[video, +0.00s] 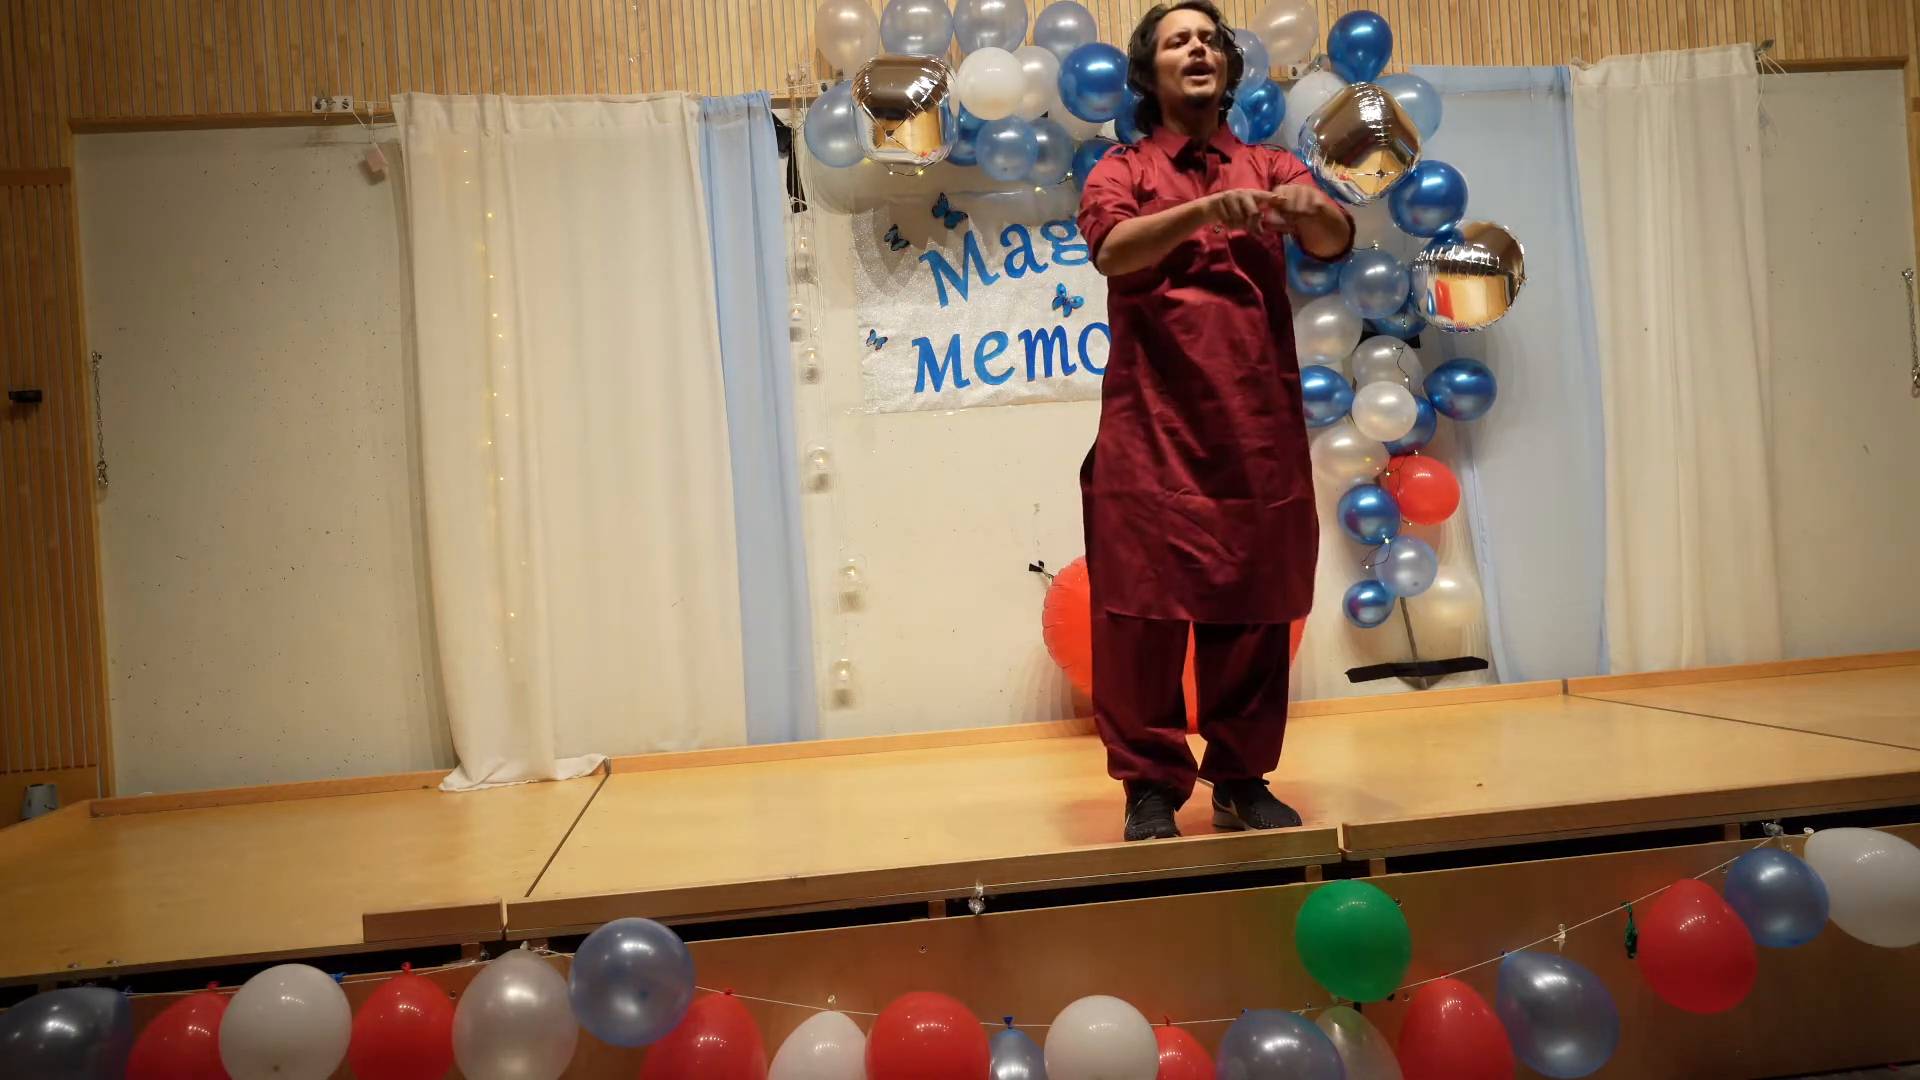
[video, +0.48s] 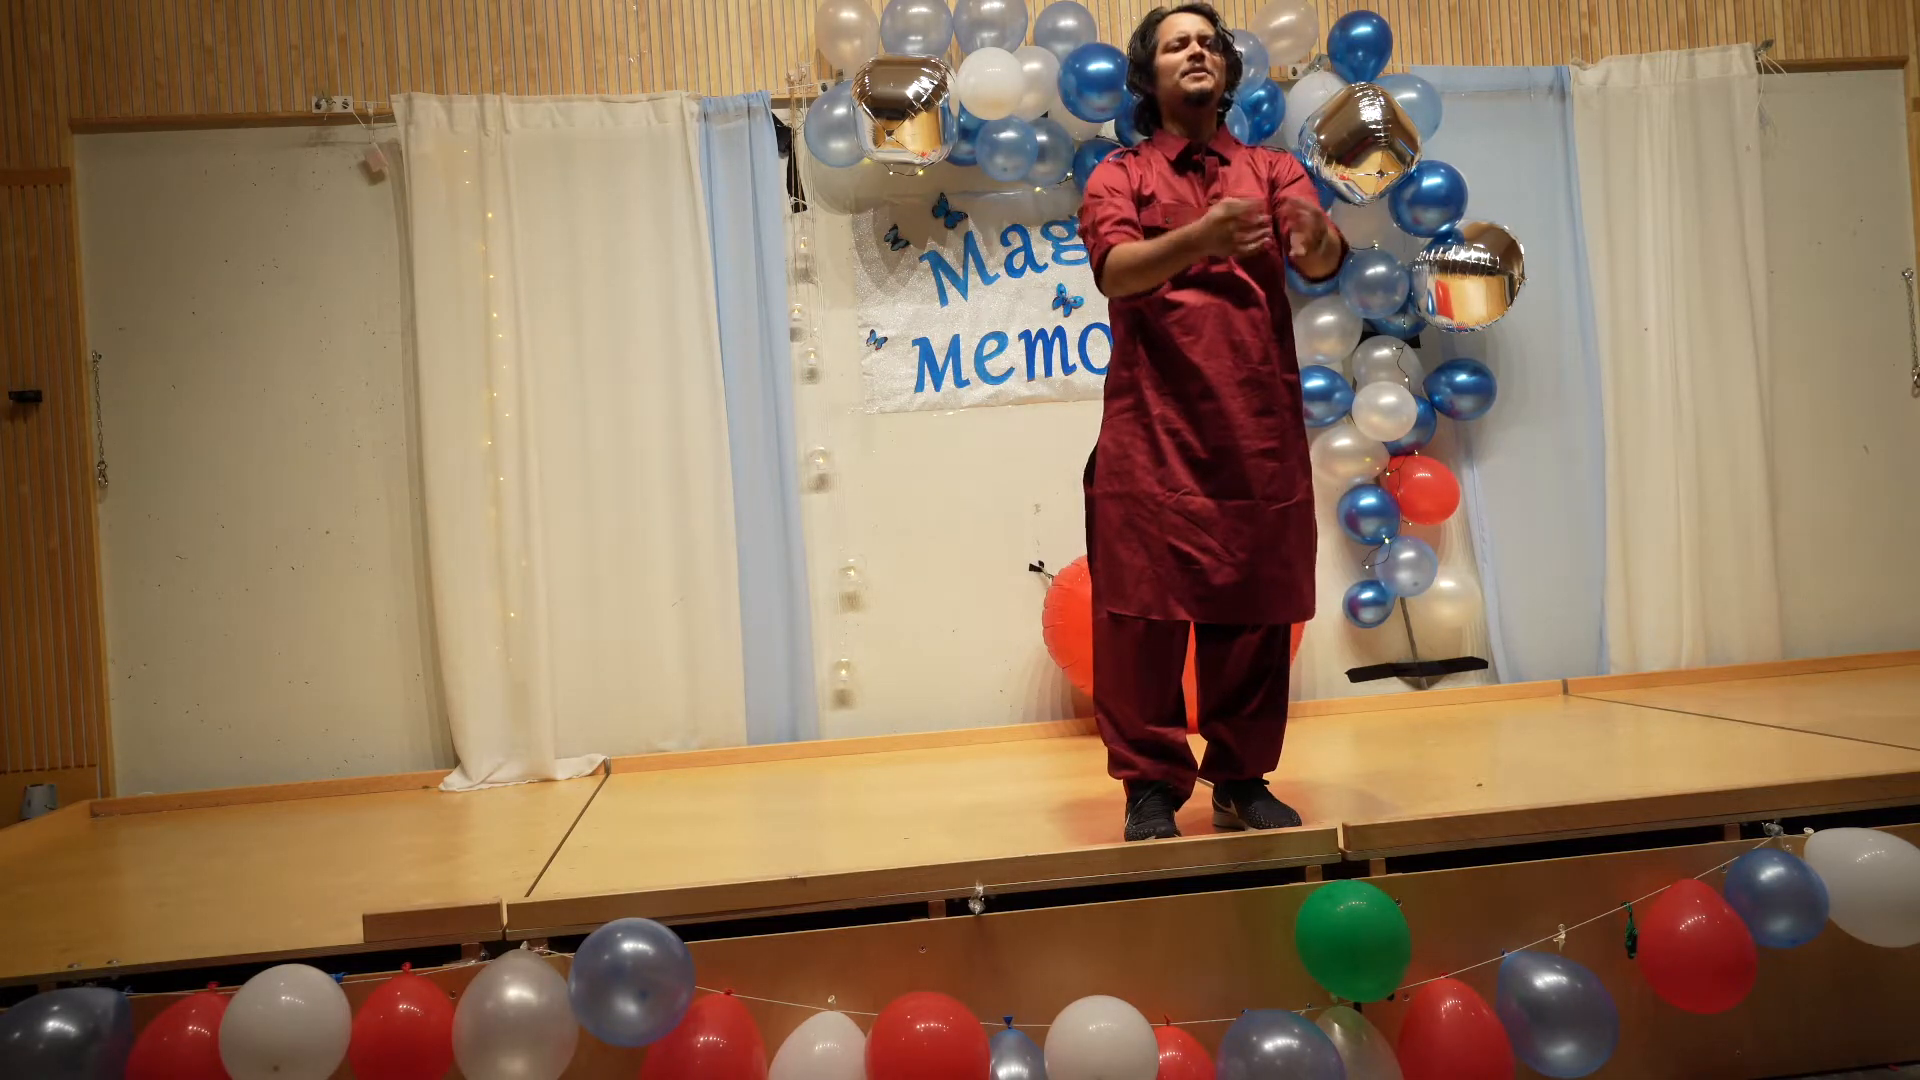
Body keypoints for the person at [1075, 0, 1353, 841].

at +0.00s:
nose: (1199, 50)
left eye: (1210, 40)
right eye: (1178, 41)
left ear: (1231, 68)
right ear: (1146, 75)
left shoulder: (1268, 163)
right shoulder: (1120, 170)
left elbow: (1335, 242)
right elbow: (1113, 254)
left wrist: (1307, 208)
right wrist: (1199, 212)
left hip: (1258, 425)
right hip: (1153, 427)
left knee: (1252, 606)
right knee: (1143, 609)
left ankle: (1242, 785)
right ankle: (1150, 791)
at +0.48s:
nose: (1197, 54)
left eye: (1209, 44)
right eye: (1177, 45)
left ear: (1231, 71)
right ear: (1146, 78)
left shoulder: (1270, 167)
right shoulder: (1119, 176)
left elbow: (1324, 257)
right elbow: (1115, 272)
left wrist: (1313, 240)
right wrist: (1204, 234)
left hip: (1256, 426)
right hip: (1152, 427)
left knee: (1251, 608)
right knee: (1142, 609)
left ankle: (1241, 784)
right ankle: (1150, 790)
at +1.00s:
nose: (1190, 67)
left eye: (1202, 55)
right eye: (1172, 59)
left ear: (1228, 81)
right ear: (1144, 90)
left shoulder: (1270, 170)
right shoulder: (1119, 179)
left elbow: (1338, 243)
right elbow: (1104, 258)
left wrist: (1348, 170)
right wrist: (1160, 159)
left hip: (1260, 428)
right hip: (1159, 431)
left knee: (1256, 610)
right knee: (1147, 611)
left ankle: (1242, 783)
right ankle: (1152, 788)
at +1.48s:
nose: (1169, 85)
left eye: (1185, 72)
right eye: (1156, 76)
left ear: (1221, 89)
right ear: (1138, 100)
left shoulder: (1265, 177)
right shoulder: (1121, 183)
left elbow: (1327, 248)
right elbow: (1084, 267)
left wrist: (1323, 178)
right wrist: (1130, 174)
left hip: (1256, 429)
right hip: (1154, 429)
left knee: (1255, 606)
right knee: (1141, 605)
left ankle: (1242, 780)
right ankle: (1142, 784)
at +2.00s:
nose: (1131, 111)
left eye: (1149, 100)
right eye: (1123, 97)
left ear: (1187, 116)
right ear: (1109, 107)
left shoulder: (1220, 195)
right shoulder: (1086, 197)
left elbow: (1276, 271)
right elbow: (1030, 269)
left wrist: (1262, 203)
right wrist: (1058, 180)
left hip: (1211, 436)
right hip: (1108, 438)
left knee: (1234, 602)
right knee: (1094, 607)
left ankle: (1237, 775)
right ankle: (1100, 766)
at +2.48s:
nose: (1062, 136)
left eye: (1079, 125)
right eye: (1054, 123)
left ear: (1116, 138)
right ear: (1043, 132)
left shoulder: (1158, 221)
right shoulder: (1020, 220)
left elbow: (1195, 315)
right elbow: (952, 257)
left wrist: (1153, 301)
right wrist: (966, 163)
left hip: (1139, 449)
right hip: (1043, 452)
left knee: (1177, 603)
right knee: (1057, 613)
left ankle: (1203, 767)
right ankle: (1096, 768)